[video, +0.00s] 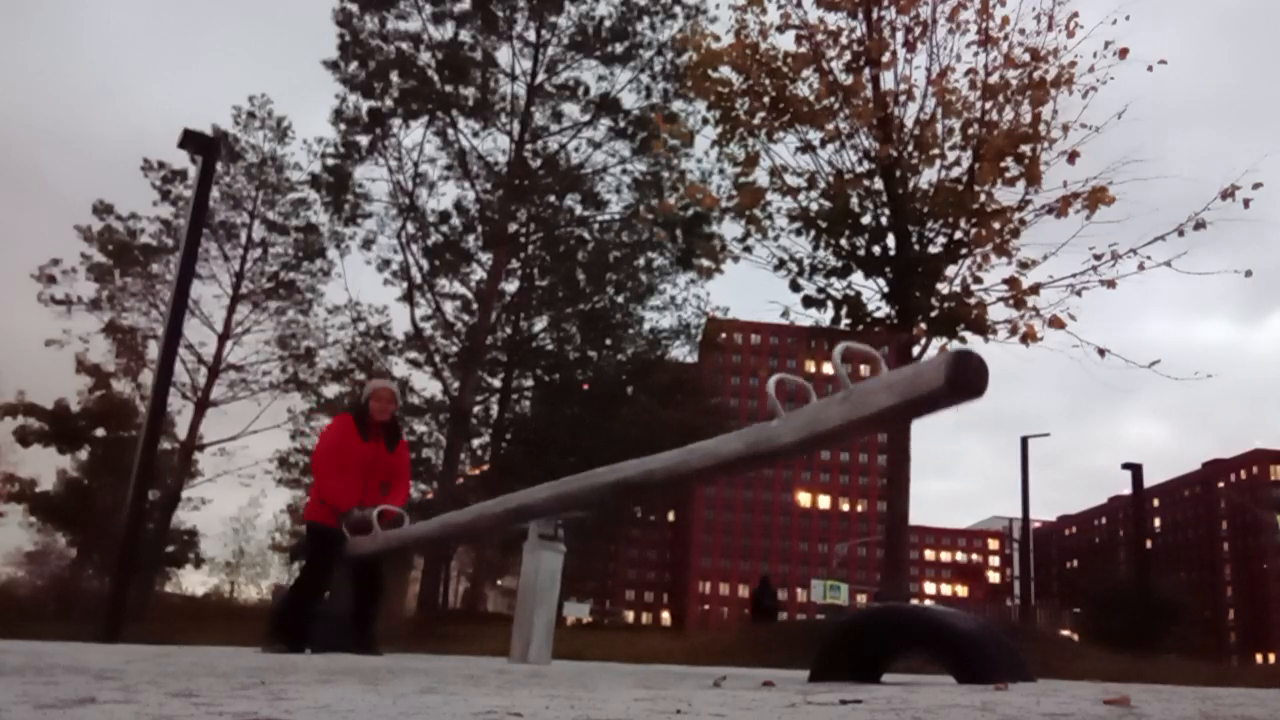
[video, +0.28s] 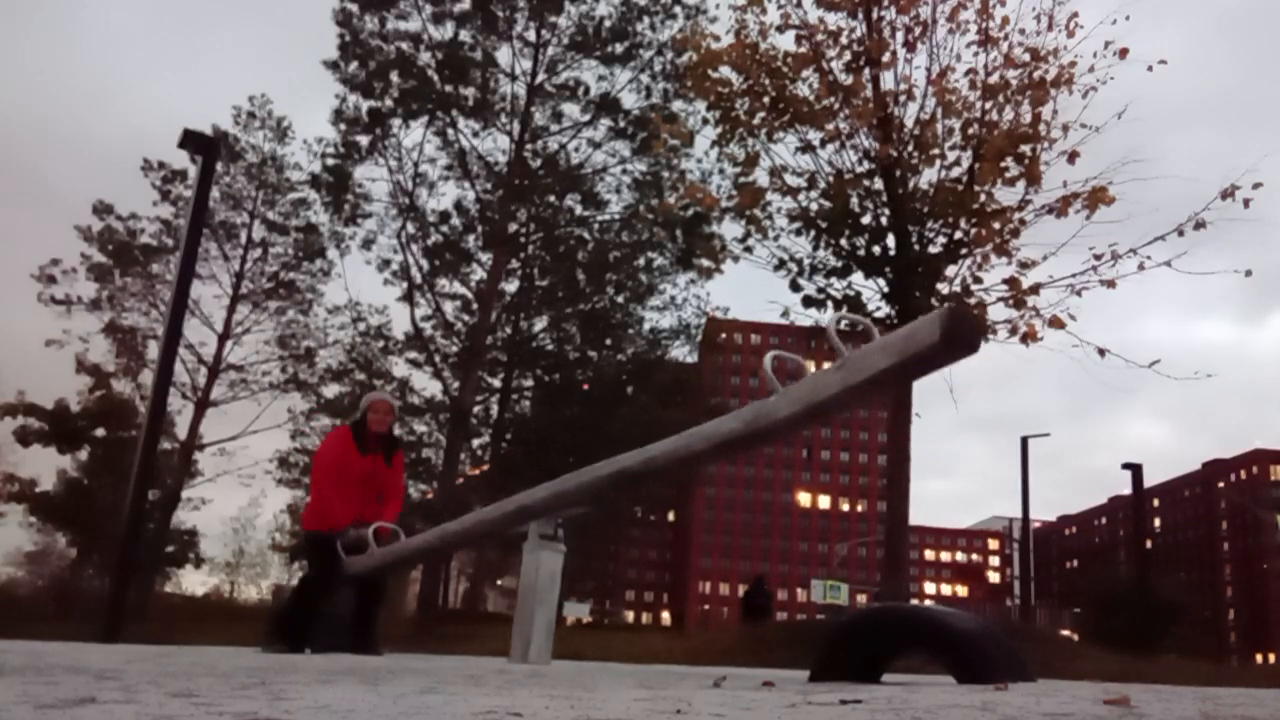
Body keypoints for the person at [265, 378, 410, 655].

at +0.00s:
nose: (384, 406)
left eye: (390, 401)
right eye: (378, 400)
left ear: (396, 406)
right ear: (367, 402)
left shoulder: (396, 442)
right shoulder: (343, 426)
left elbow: (401, 483)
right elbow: (322, 468)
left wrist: (387, 510)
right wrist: (347, 506)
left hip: (367, 525)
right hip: (327, 516)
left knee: (370, 583)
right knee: (317, 573)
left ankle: (362, 645)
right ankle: (286, 637)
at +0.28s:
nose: (382, 418)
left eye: (387, 413)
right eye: (376, 411)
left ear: (394, 419)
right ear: (365, 414)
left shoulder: (393, 452)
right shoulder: (341, 438)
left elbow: (395, 495)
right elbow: (322, 481)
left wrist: (382, 525)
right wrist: (343, 520)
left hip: (366, 530)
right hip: (326, 525)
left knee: (372, 586)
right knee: (323, 578)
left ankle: (362, 646)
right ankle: (285, 636)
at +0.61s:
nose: (378, 401)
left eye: (384, 396)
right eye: (372, 394)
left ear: (391, 401)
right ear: (361, 396)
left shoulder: (391, 439)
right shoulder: (339, 422)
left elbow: (391, 482)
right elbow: (322, 468)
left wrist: (374, 512)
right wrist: (343, 506)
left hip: (362, 520)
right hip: (324, 515)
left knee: (366, 582)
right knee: (312, 575)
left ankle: (361, 643)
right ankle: (287, 638)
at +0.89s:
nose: (373, 381)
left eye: (378, 376)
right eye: (367, 375)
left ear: (385, 381)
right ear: (355, 377)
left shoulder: (386, 416)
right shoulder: (330, 406)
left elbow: (395, 455)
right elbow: (318, 451)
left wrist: (385, 484)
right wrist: (347, 484)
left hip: (362, 510)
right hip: (323, 503)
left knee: (364, 575)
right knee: (304, 570)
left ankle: (365, 640)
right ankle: (282, 637)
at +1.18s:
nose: (365, 379)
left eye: (370, 374)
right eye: (359, 373)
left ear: (377, 380)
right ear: (347, 377)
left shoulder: (383, 415)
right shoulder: (326, 407)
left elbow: (394, 452)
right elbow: (316, 451)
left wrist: (390, 483)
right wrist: (347, 482)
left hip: (365, 510)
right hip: (324, 505)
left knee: (366, 576)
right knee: (304, 569)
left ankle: (365, 639)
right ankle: (282, 635)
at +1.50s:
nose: (363, 389)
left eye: (369, 384)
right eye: (357, 384)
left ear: (376, 390)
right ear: (346, 387)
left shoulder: (381, 426)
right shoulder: (324, 415)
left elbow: (389, 466)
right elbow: (317, 459)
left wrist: (381, 493)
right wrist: (344, 490)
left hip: (362, 516)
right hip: (323, 511)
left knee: (361, 580)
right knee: (304, 574)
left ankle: (361, 643)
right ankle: (282, 637)